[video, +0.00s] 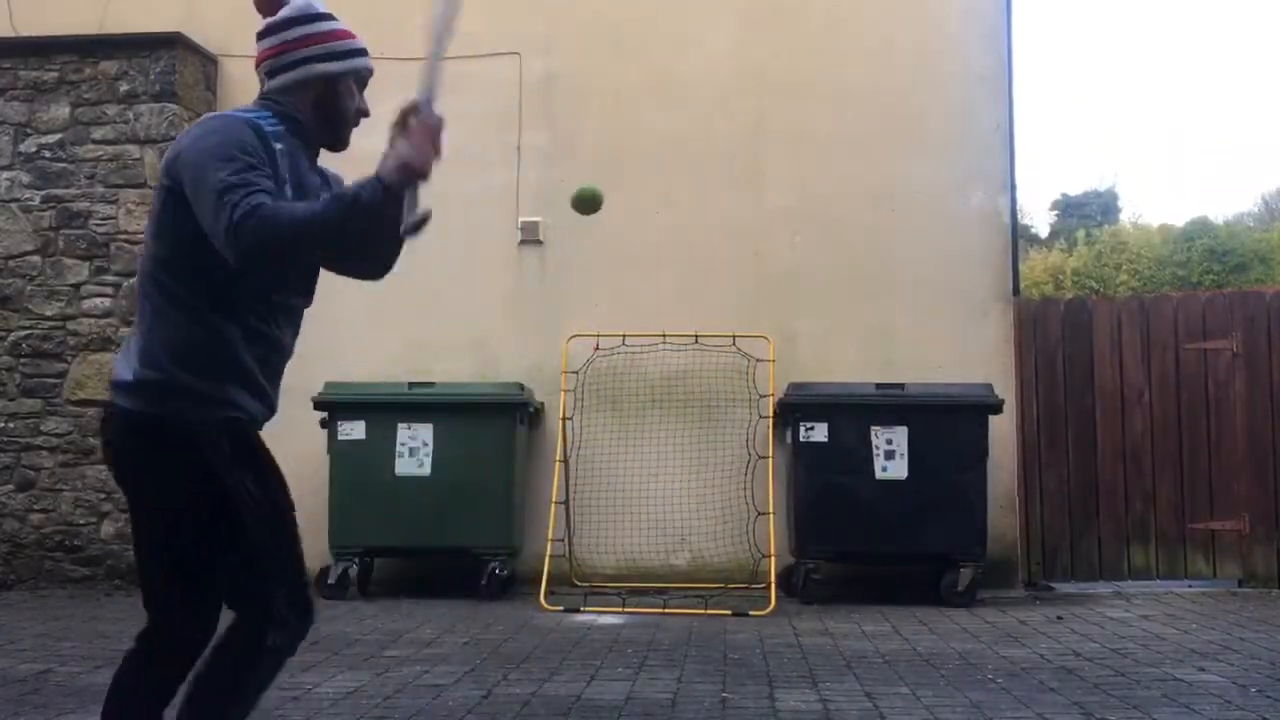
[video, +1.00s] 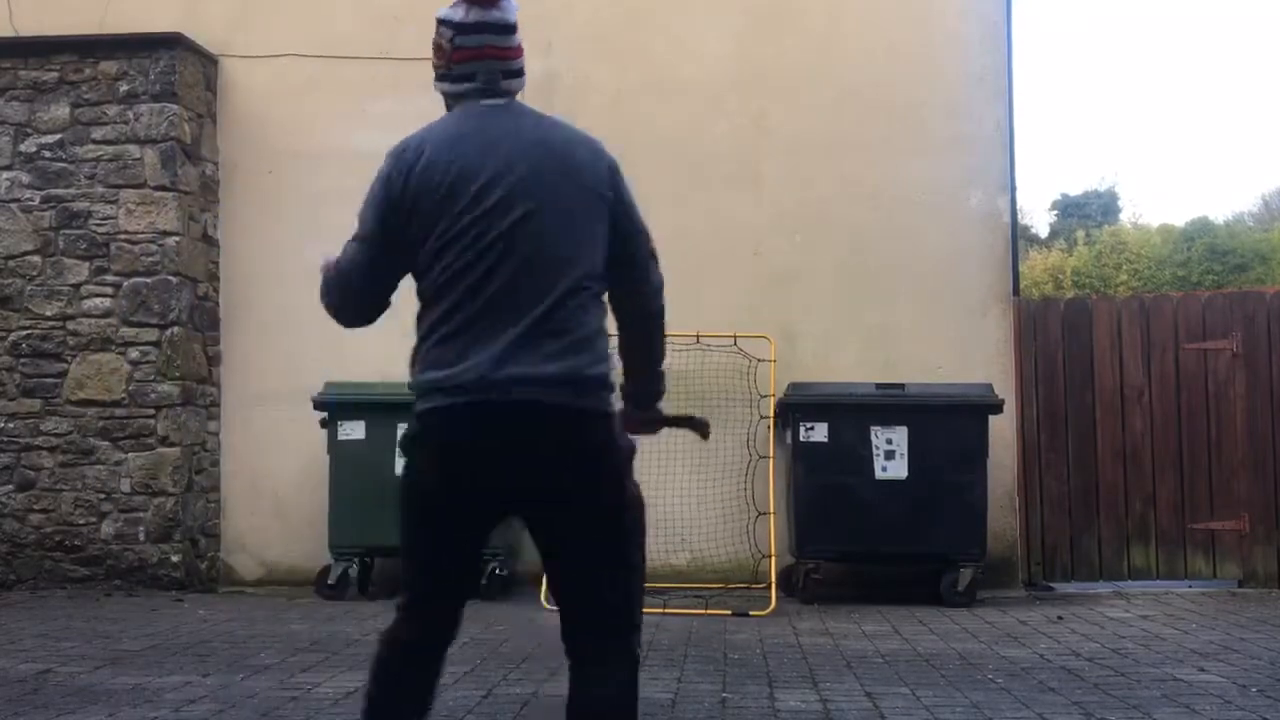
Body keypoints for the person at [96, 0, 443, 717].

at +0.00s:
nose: (366, 105)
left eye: (366, 88)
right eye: (359, 86)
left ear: (307, 84)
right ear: (318, 82)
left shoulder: (304, 173)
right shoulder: (223, 137)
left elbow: (365, 257)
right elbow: (249, 231)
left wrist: (404, 177)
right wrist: (384, 180)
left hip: (220, 424)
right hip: (169, 419)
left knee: (180, 623)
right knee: (278, 614)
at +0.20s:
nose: (387, 124)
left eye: (387, 106)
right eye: (380, 105)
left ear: (320, 97)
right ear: (339, 102)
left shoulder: (277, 160)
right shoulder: (286, 171)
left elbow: (364, 262)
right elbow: (361, 311)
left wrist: (447, 261)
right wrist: (467, 284)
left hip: (167, 416)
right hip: (168, 421)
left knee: (201, 636)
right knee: (194, 640)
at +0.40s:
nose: (394, 136)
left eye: (395, 119)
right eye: (390, 120)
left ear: (317, 108)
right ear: (365, 116)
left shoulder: (272, 171)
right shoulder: (346, 178)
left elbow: (315, 343)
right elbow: (379, 315)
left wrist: (381, 440)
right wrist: (412, 419)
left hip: (191, 420)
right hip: (228, 431)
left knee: (294, 600)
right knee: (248, 632)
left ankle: (252, 713)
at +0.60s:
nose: (418, 129)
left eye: (412, 115)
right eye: (418, 116)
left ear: (341, 108)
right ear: (410, 114)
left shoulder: (275, 189)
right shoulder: (407, 182)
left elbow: (243, 324)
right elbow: (447, 308)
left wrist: (229, 431)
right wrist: (435, 417)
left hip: (243, 425)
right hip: (333, 429)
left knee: (311, 612)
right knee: (417, 621)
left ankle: (281, 719)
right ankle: (318, 710)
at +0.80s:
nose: (478, 104)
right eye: (475, 94)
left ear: (399, 98)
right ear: (471, 102)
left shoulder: (338, 180)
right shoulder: (485, 178)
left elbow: (289, 311)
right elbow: (541, 302)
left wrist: (300, 366)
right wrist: (541, 426)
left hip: (329, 433)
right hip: (437, 436)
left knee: (342, 619)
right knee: (537, 632)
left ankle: (288, 717)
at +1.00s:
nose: (435, 70)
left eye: (436, 61)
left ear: (442, 68)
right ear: (518, 67)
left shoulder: (414, 159)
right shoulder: (586, 155)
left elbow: (355, 302)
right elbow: (642, 290)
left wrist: (335, 269)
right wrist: (642, 404)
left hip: (454, 435)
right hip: (575, 432)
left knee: (423, 622)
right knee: (604, 647)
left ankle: (384, 719)